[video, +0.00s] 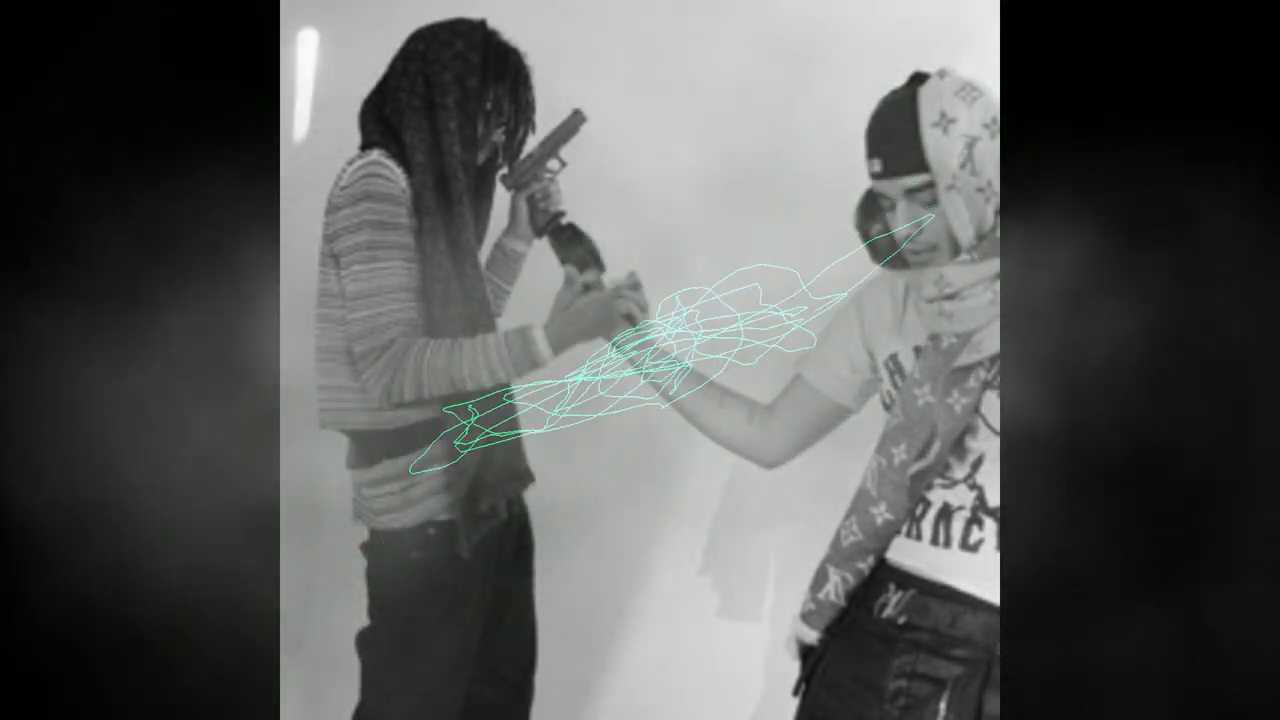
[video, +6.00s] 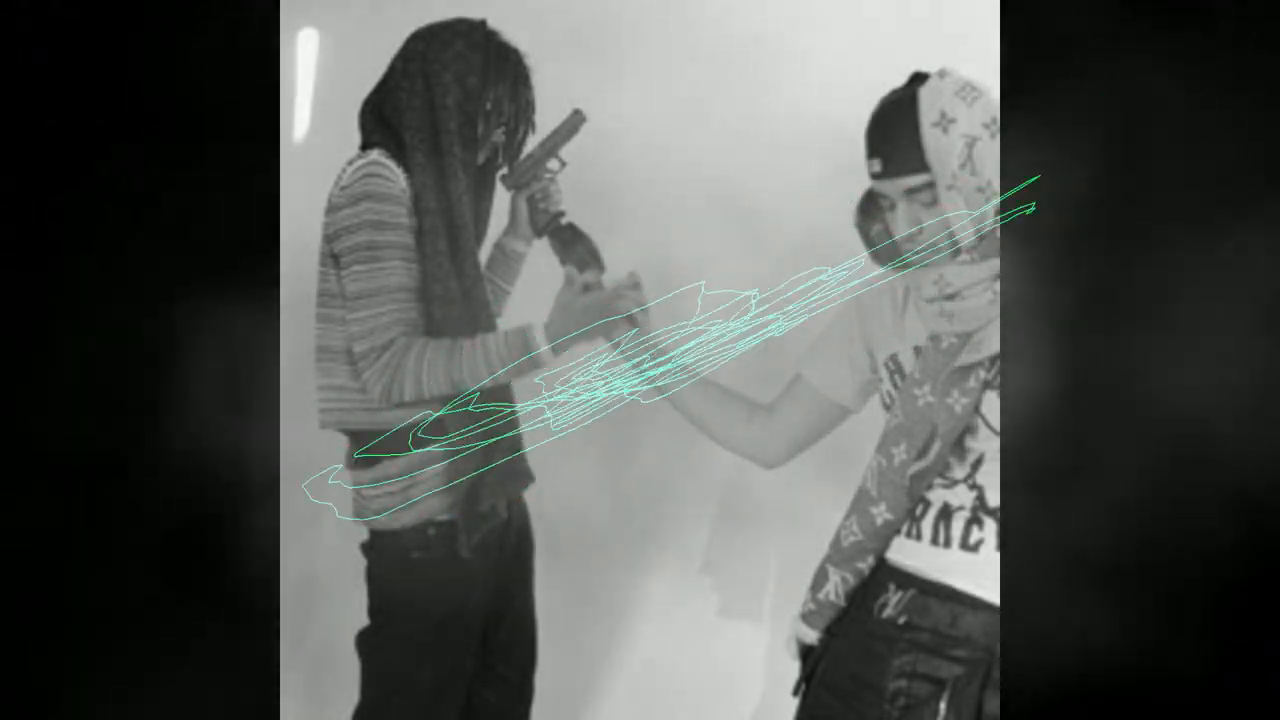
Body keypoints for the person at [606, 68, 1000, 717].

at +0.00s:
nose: (901, 226)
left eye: (922, 200)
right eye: (885, 204)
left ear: (982, 188)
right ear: (872, 202)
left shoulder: (1039, 290)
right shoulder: (892, 300)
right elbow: (769, 436)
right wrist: (635, 341)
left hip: (1014, 643)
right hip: (889, 617)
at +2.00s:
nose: (902, 229)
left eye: (922, 199)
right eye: (885, 204)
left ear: (978, 188)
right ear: (874, 205)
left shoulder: (1038, 298)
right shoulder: (910, 308)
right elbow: (768, 436)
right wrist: (638, 345)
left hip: (995, 646)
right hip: (890, 619)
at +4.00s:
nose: (905, 228)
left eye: (926, 198)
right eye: (887, 204)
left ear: (982, 182)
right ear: (874, 203)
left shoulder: (1040, 292)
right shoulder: (892, 303)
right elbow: (769, 436)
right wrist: (638, 344)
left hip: (994, 642)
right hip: (879, 616)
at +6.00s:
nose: (914, 224)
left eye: (932, 196)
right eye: (898, 202)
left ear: (983, 186)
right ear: (879, 209)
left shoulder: (1042, 288)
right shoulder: (887, 306)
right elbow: (770, 436)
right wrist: (637, 343)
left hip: (1001, 637)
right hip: (882, 612)